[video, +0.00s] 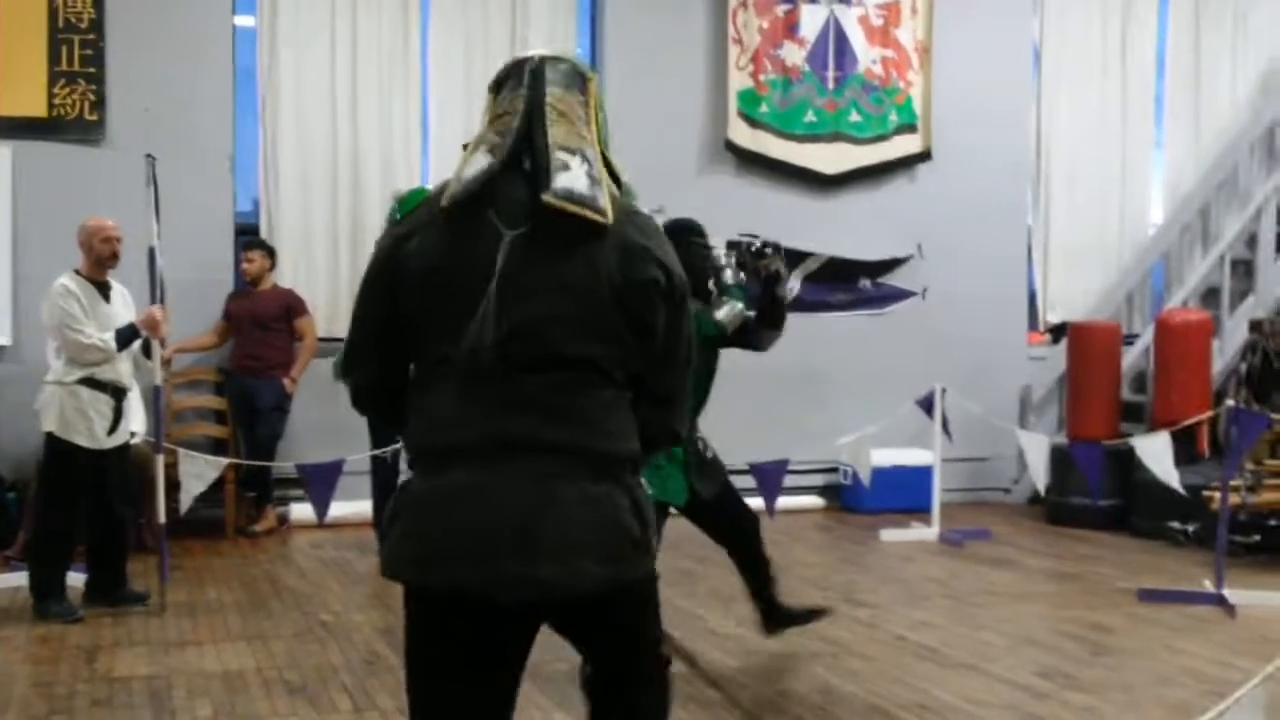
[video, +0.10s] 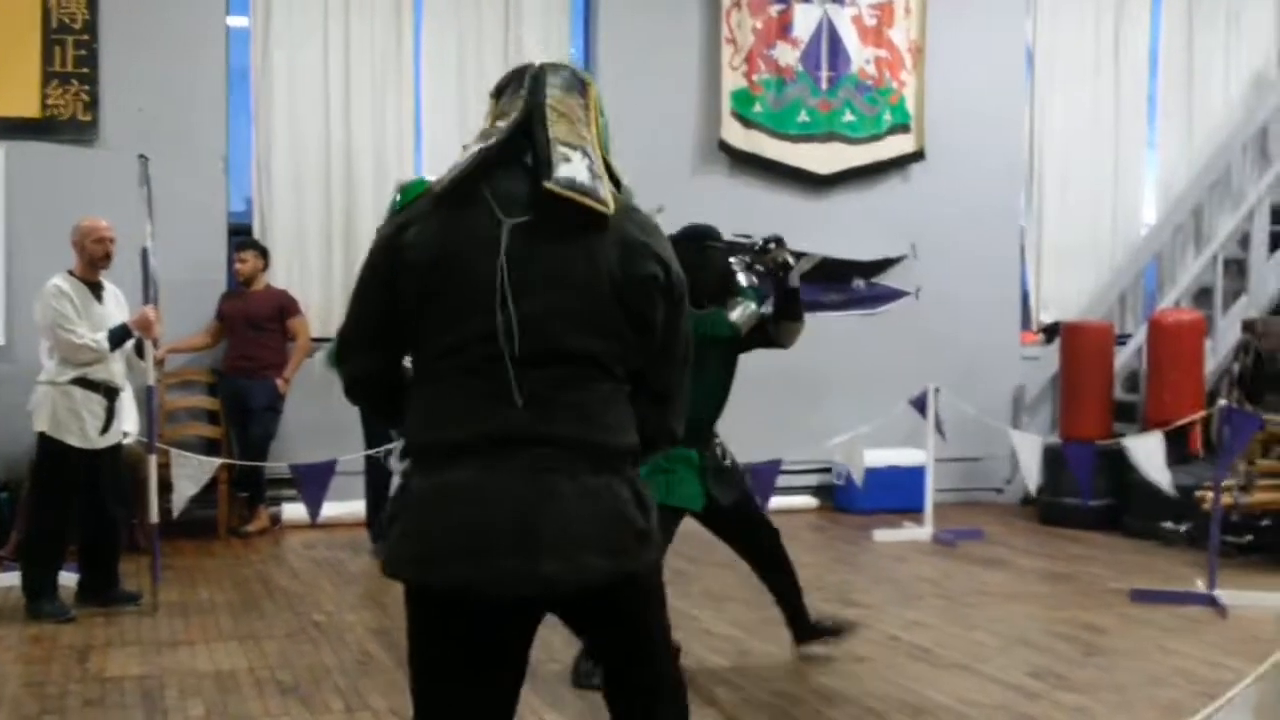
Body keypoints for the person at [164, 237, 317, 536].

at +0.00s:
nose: (245, 266)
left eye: (251, 261)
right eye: (243, 261)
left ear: (269, 263)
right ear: (242, 265)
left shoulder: (287, 299)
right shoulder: (236, 299)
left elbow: (310, 339)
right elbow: (217, 337)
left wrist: (293, 377)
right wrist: (176, 348)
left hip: (273, 382)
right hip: (239, 380)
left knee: (263, 446)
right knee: (248, 446)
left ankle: (265, 510)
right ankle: (263, 510)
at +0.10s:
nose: (238, 266)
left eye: (244, 261)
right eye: (236, 261)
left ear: (262, 263)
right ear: (235, 265)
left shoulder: (281, 299)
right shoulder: (229, 300)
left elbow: (303, 339)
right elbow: (210, 337)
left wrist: (286, 378)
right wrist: (169, 349)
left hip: (266, 382)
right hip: (232, 381)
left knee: (255, 446)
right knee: (241, 447)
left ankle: (258, 511)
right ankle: (255, 511)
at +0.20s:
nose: (216, 265)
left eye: (222, 260)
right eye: (214, 259)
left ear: (237, 263)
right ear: (211, 264)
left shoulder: (254, 299)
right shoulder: (208, 299)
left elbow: (277, 338)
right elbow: (186, 335)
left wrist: (260, 377)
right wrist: (145, 349)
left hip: (238, 381)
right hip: (206, 379)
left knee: (228, 445)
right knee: (211, 446)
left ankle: (231, 510)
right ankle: (218, 509)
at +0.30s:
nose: (191, 267)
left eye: (197, 262)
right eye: (189, 262)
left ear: (216, 265)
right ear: (188, 266)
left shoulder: (234, 300)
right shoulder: (184, 300)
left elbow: (257, 340)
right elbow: (163, 338)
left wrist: (240, 379)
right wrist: (122, 350)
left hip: (219, 383)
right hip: (185, 381)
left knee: (209, 447)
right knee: (191, 448)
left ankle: (211, 512)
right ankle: (199, 511)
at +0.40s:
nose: (176, 268)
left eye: (182, 262)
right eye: (174, 263)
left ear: (201, 266)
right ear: (172, 267)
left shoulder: (219, 300)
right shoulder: (168, 301)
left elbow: (242, 340)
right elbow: (148, 338)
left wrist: (225, 380)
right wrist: (107, 351)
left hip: (204, 384)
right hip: (170, 383)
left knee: (193, 449)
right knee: (175, 449)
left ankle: (196, 513)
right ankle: (186, 512)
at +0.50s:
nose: (161, 267)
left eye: (167, 262)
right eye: (159, 262)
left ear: (185, 265)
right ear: (158, 266)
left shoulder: (202, 301)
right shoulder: (154, 301)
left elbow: (226, 341)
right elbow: (133, 339)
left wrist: (209, 381)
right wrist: (91, 351)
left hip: (187, 384)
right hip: (155, 383)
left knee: (177, 448)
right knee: (159, 450)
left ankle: (179, 514)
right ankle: (165, 512)